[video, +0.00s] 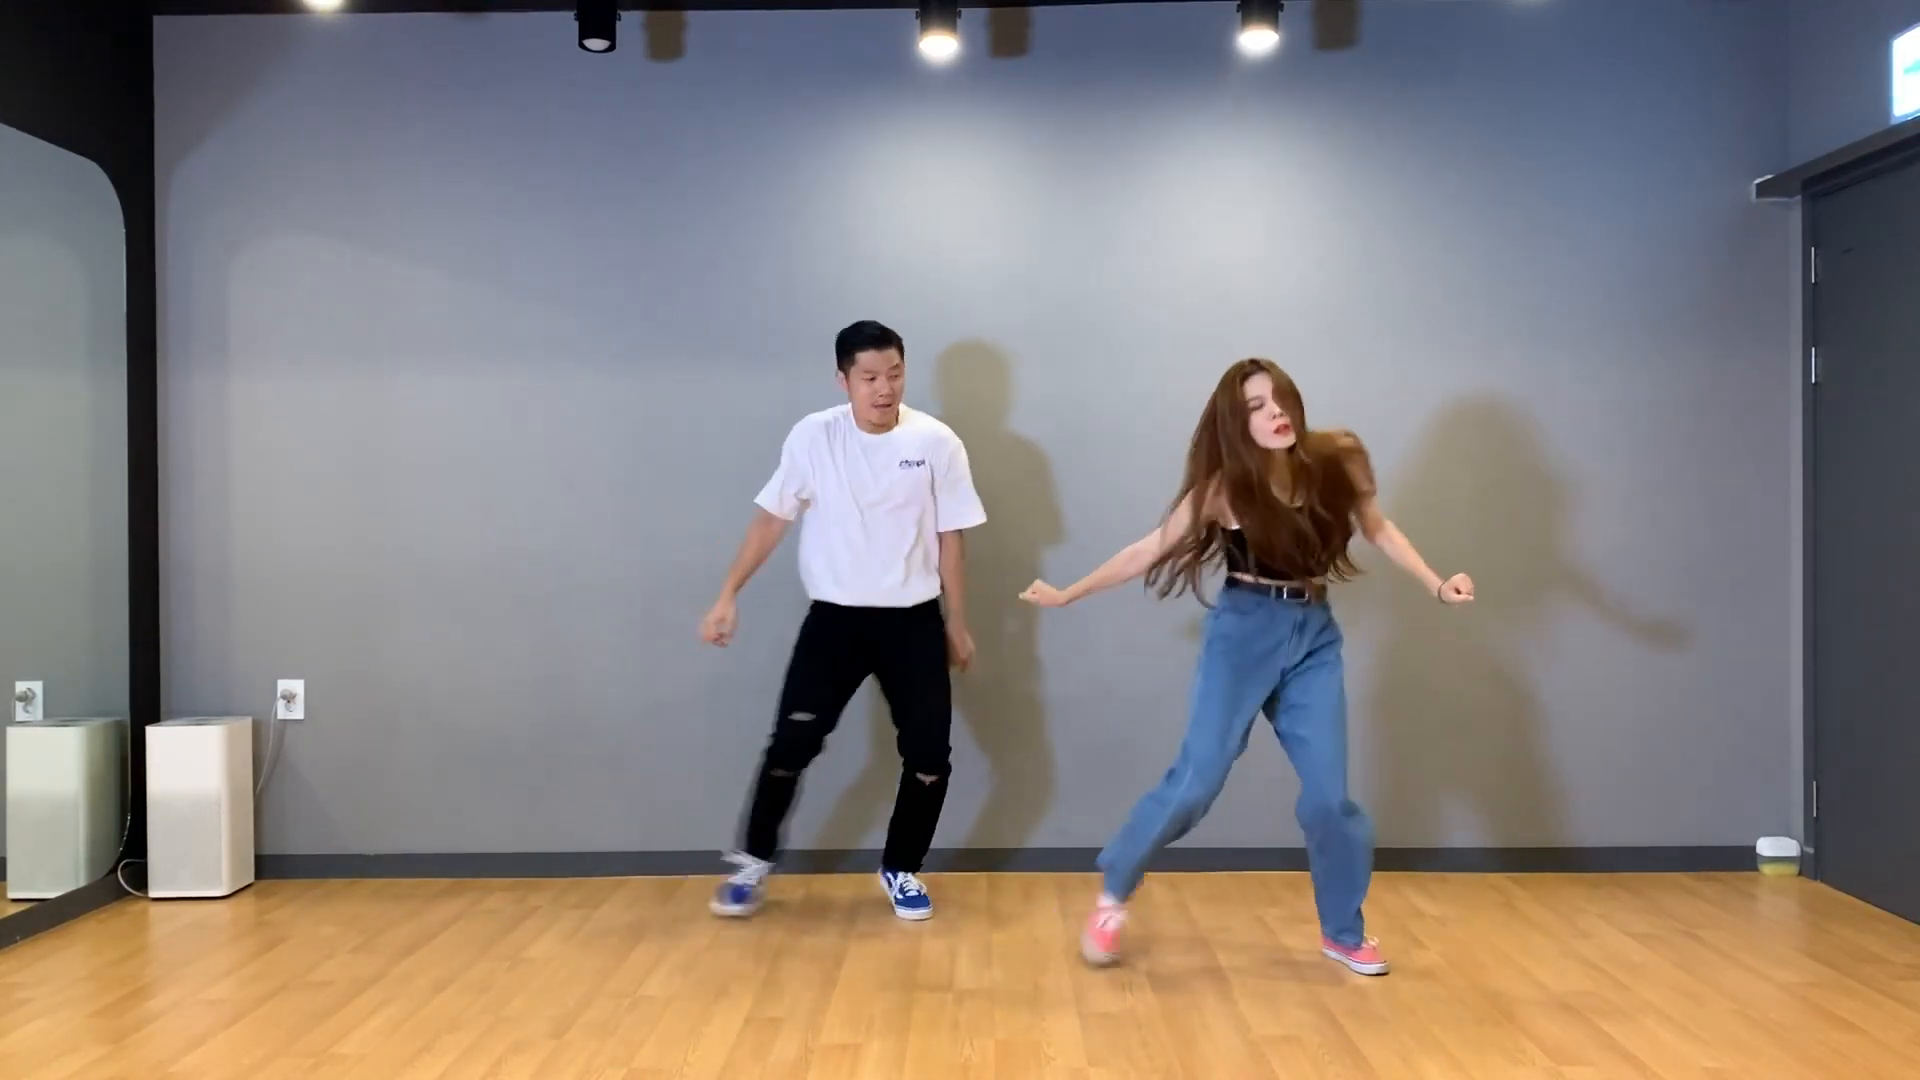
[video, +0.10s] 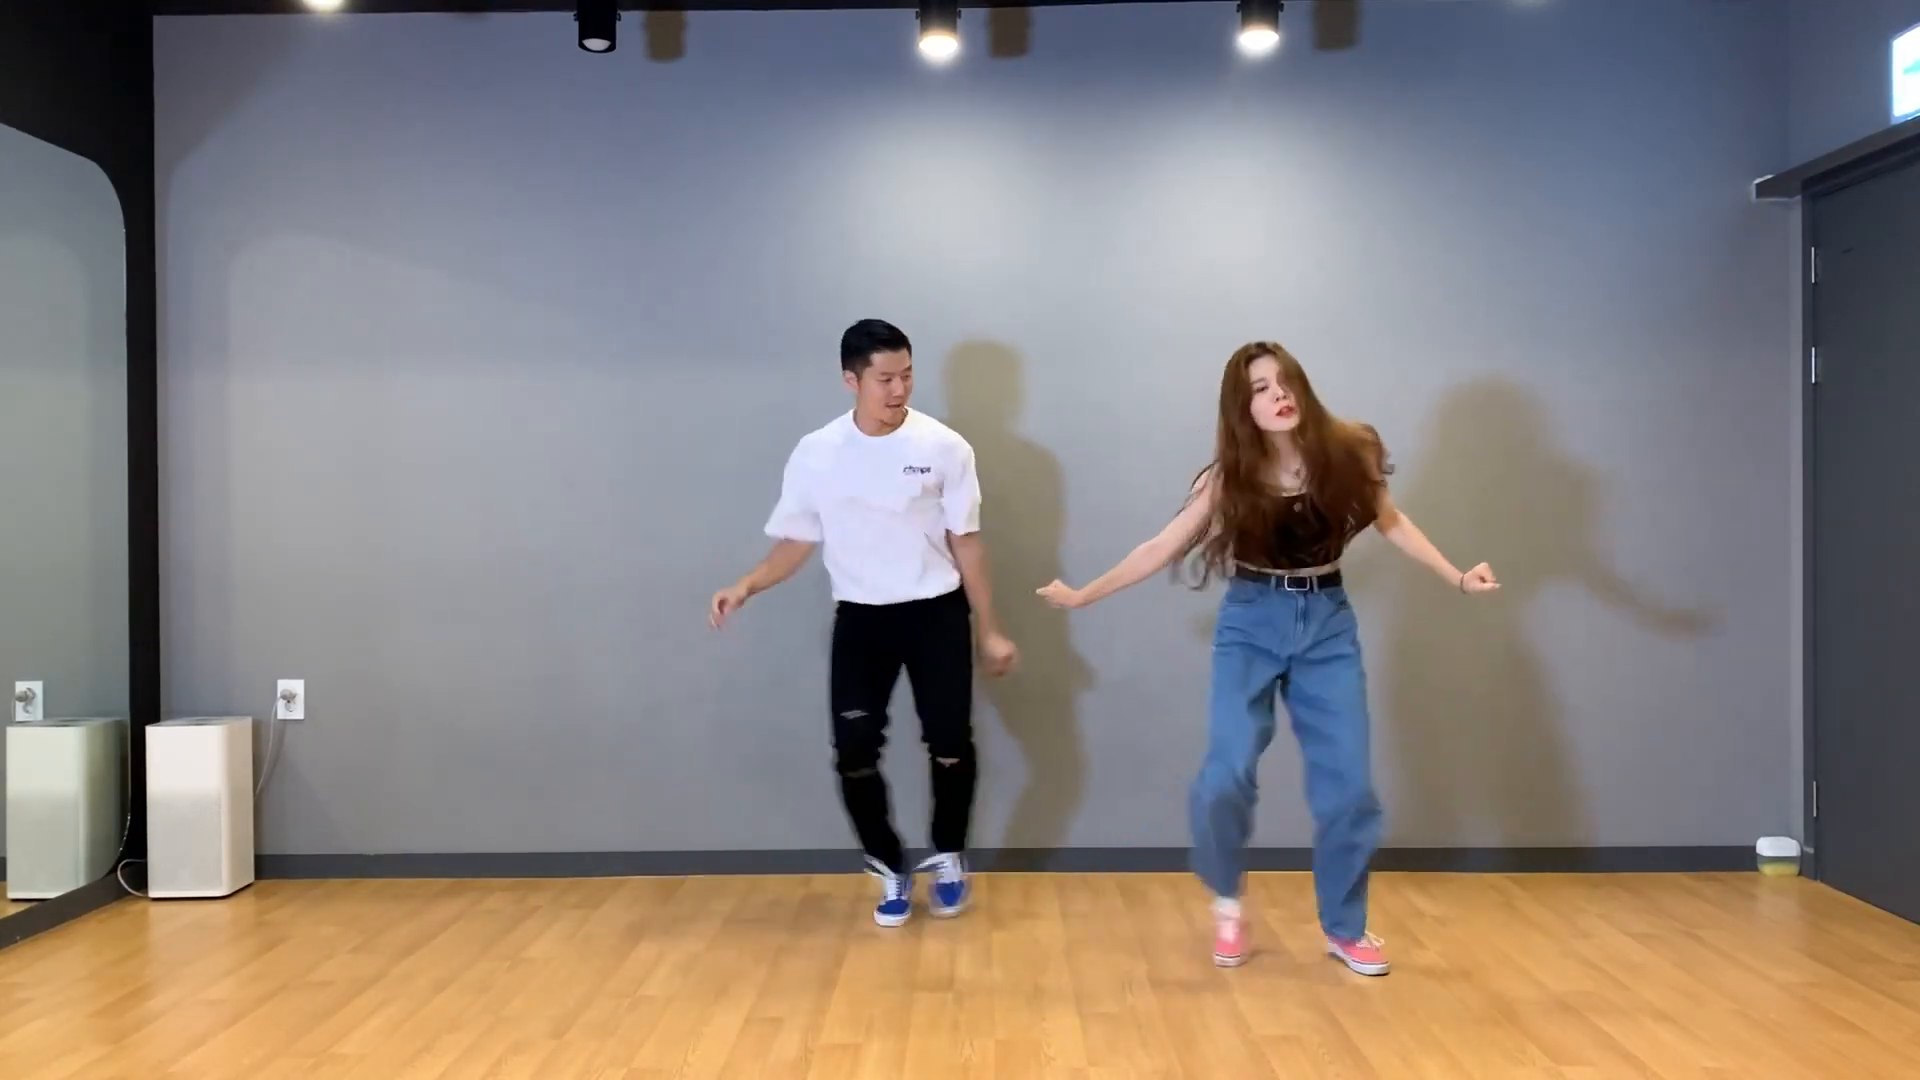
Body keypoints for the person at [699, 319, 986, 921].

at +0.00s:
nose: (883, 388)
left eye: (893, 374)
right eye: (868, 376)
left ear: (905, 374)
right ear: (844, 378)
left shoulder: (936, 442)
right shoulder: (812, 438)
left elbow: (949, 538)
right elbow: (771, 519)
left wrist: (956, 621)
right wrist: (728, 593)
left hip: (913, 622)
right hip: (834, 620)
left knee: (930, 759)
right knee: (792, 741)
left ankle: (901, 870)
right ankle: (754, 863)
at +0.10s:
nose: (899, 389)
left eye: (905, 375)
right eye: (884, 377)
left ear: (914, 374)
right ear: (851, 379)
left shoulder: (945, 448)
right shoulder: (816, 453)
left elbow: (967, 542)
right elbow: (796, 542)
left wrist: (988, 630)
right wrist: (747, 585)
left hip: (937, 614)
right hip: (860, 619)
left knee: (950, 741)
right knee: (853, 750)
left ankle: (948, 857)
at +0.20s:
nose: (914, 398)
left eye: (918, 385)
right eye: (900, 388)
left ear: (922, 382)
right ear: (863, 389)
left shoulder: (955, 449)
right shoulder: (829, 465)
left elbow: (993, 531)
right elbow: (803, 555)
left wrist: (1036, 601)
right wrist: (742, 576)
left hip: (965, 619)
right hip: (888, 632)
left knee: (998, 734)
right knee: (879, 760)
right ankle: (906, 882)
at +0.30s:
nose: (926, 403)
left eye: (931, 390)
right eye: (913, 394)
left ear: (935, 384)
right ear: (875, 395)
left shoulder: (965, 442)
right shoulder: (844, 467)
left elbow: (1023, 512)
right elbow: (814, 542)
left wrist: (1074, 571)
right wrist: (743, 563)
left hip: (993, 611)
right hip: (917, 630)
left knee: (1051, 736)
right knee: (886, 756)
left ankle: (1121, 854)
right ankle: (911, 877)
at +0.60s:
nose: (923, 395)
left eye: (926, 383)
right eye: (911, 385)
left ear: (929, 381)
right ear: (872, 387)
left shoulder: (956, 438)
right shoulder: (831, 460)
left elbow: (1034, 489)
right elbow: (759, 509)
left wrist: (1099, 522)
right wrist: (729, 475)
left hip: (988, 593)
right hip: (922, 614)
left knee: (992, 715)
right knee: (911, 758)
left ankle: (1072, 813)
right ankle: (978, 878)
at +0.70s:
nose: (910, 379)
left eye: (914, 366)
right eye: (898, 369)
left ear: (918, 365)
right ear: (860, 371)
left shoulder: (943, 423)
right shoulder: (820, 435)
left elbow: (1025, 469)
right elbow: (745, 477)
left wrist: (1103, 486)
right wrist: (718, 435)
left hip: (961, 582)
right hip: (901, 597)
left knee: (916, 698)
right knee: (906, 741)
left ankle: (987, 811)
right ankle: (974, 872)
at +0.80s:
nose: (892, 369)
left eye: (897, 356)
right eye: (878, 359)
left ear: (903, 353)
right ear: (843, 361)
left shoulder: (929, 413)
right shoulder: (809, 419)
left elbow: (1009, 455)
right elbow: (731, 449)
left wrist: (1089, 458)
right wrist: (701, 410)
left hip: (932, 581)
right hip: (877, 592)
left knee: (861, 704)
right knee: (905, 730)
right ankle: (974, 869)